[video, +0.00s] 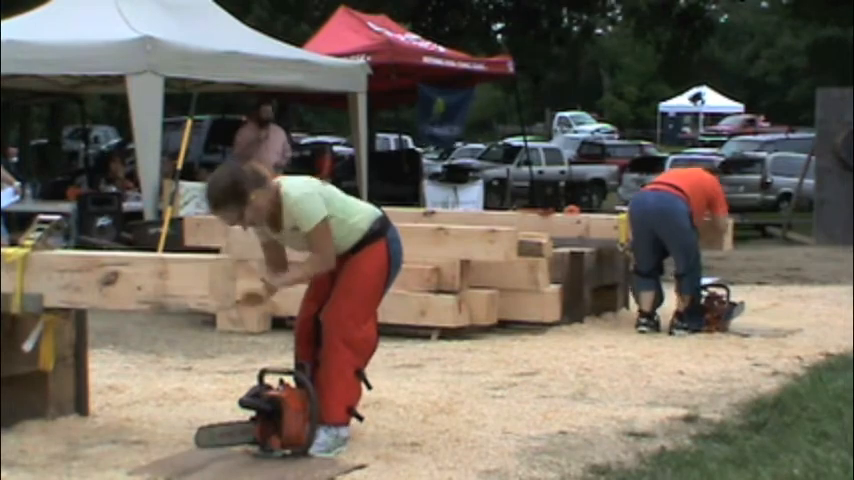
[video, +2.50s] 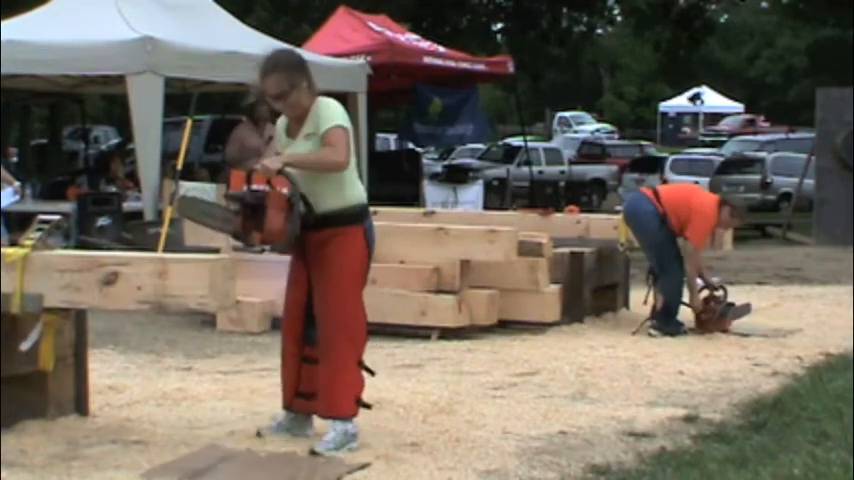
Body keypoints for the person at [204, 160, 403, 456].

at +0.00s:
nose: (244, 227)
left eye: (242, 219)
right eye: (238, 224)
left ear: (256, 198)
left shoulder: (302, 198)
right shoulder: (263, 214)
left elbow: (325, 262)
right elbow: (277, 267)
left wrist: (281, 281)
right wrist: (264, 293)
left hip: (374, 245)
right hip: (337, 254)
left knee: (338, 322)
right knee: (309, 322)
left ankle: (336, 426)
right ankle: (310, 414)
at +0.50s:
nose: (231, 241)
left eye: (230, 231)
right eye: (226, 235)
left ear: (246, 214)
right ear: (247, 215)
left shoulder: (284, 222)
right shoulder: (274, 227)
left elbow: (298, 296)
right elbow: (295, 296)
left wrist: (287, 359)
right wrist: (304, 351)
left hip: (383, 248)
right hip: (364, 252)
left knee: (334, 331)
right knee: (325, 328)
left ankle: (339, 428)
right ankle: (348, 410)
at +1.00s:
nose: (235, 258)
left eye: (233, 248)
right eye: (230, 252)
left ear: (250, 232)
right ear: (248, 235)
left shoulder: (287, 231)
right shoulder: (271, 265)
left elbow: (307, 296)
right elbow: (303, 313)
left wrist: (295, 359)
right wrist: (316, 373)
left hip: (388, 262)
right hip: (361, 271)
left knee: (339, 333)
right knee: (324, 330)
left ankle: (340, 429)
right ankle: (348, 412)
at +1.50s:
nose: (234, 254)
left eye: (231, 245)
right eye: (227, 249)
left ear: (246, 226)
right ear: (246, 226)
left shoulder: (281, 232)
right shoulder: (273, 246)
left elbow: (306, 300)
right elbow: (286, 307)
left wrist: (281, 360)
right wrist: (280, 360)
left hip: (389, 251)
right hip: (379, 254)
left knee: (333, 331)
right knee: (334, 329)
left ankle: (337, 429)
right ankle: (350, 414)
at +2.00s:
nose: (263, 147)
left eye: (264, 136)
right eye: (256, 141)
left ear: (288, 122)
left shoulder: (316, 146)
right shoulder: (286, 166)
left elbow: (352, 189)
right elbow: (309, 216)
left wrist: (307, 218)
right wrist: (308, 256)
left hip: (373, 237)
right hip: (338, 244)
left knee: (354, 323)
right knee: (327, 323)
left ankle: (356, 418)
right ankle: (337, 412)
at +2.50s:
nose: (277, 106)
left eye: (281, 96)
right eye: (271, 99)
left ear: (304, 85)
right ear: (270, 95)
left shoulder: (329, 110)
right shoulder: (282, 126)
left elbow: (338, 158)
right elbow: (279, 178)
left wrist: (286, 159)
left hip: (344, 232)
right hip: (307, 234)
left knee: (339, 321)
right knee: (298, 319)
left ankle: (344, 422)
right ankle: (297, 413)